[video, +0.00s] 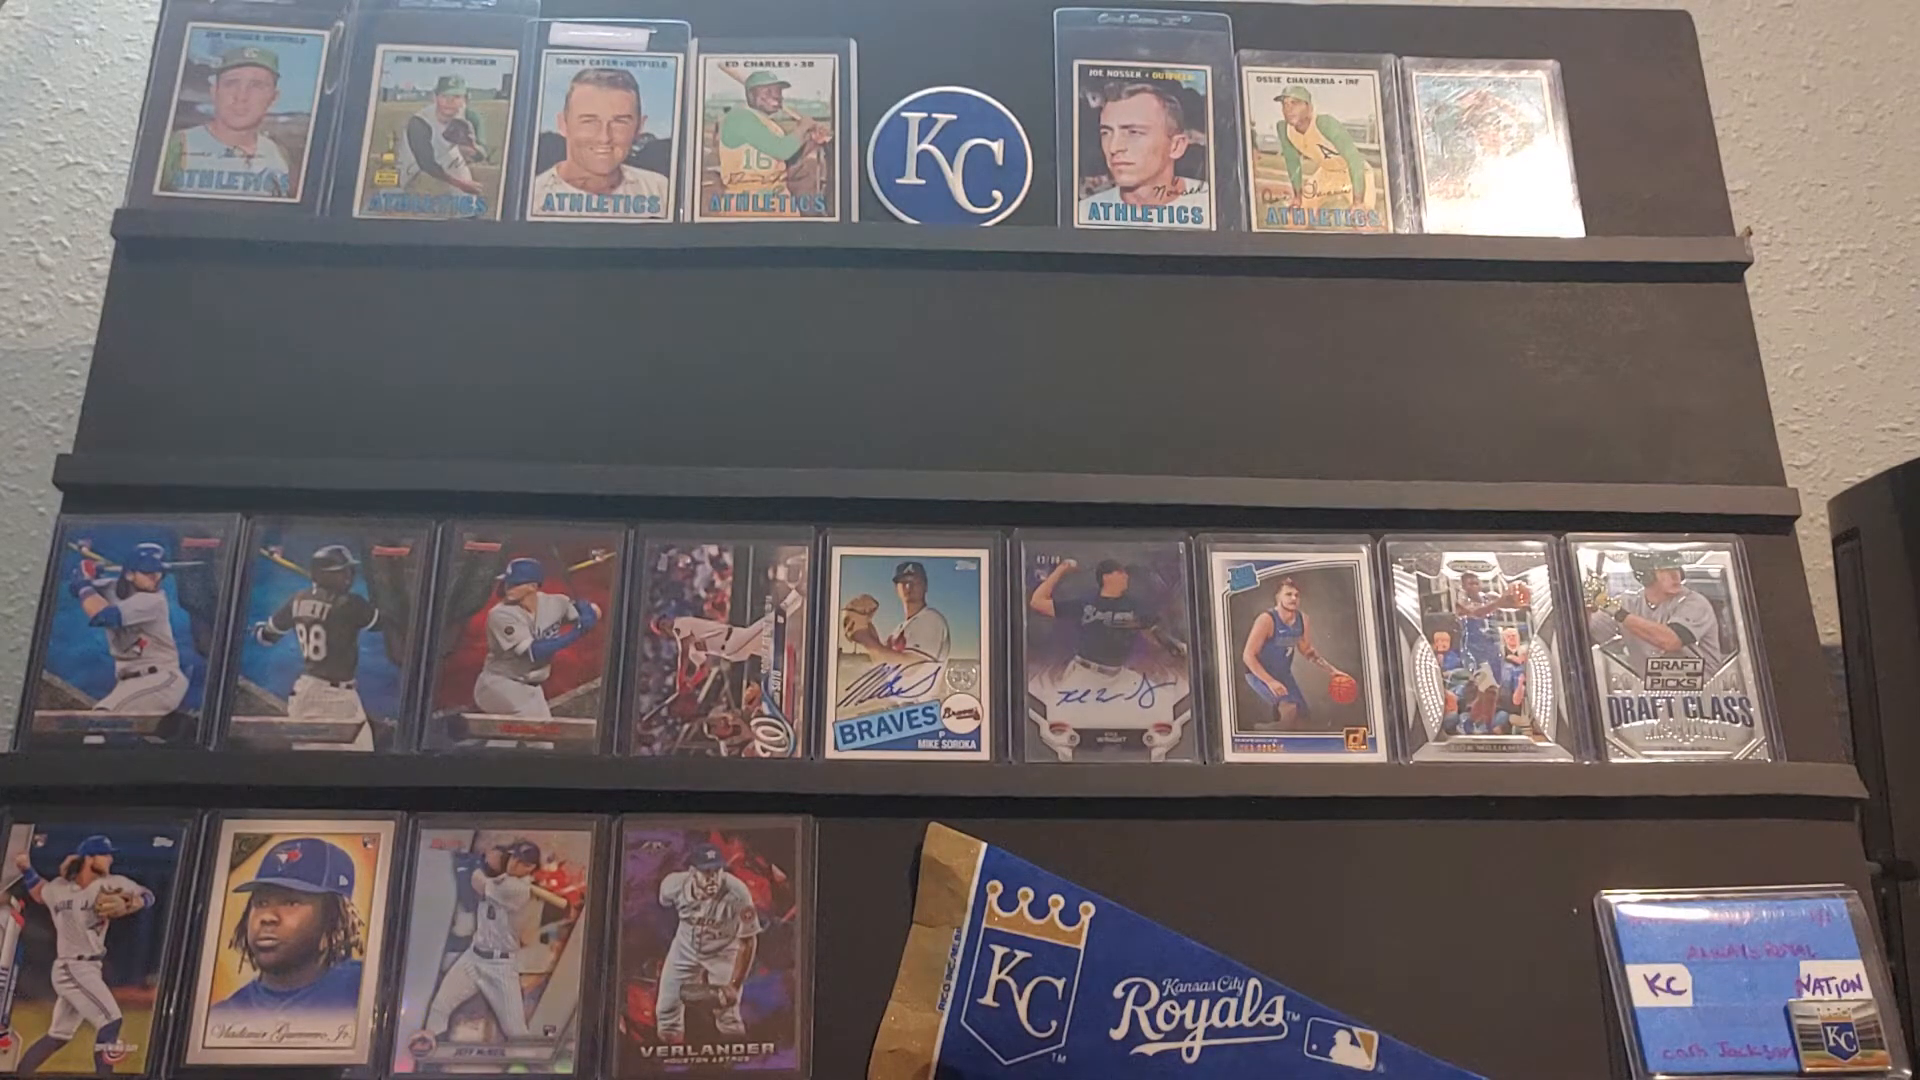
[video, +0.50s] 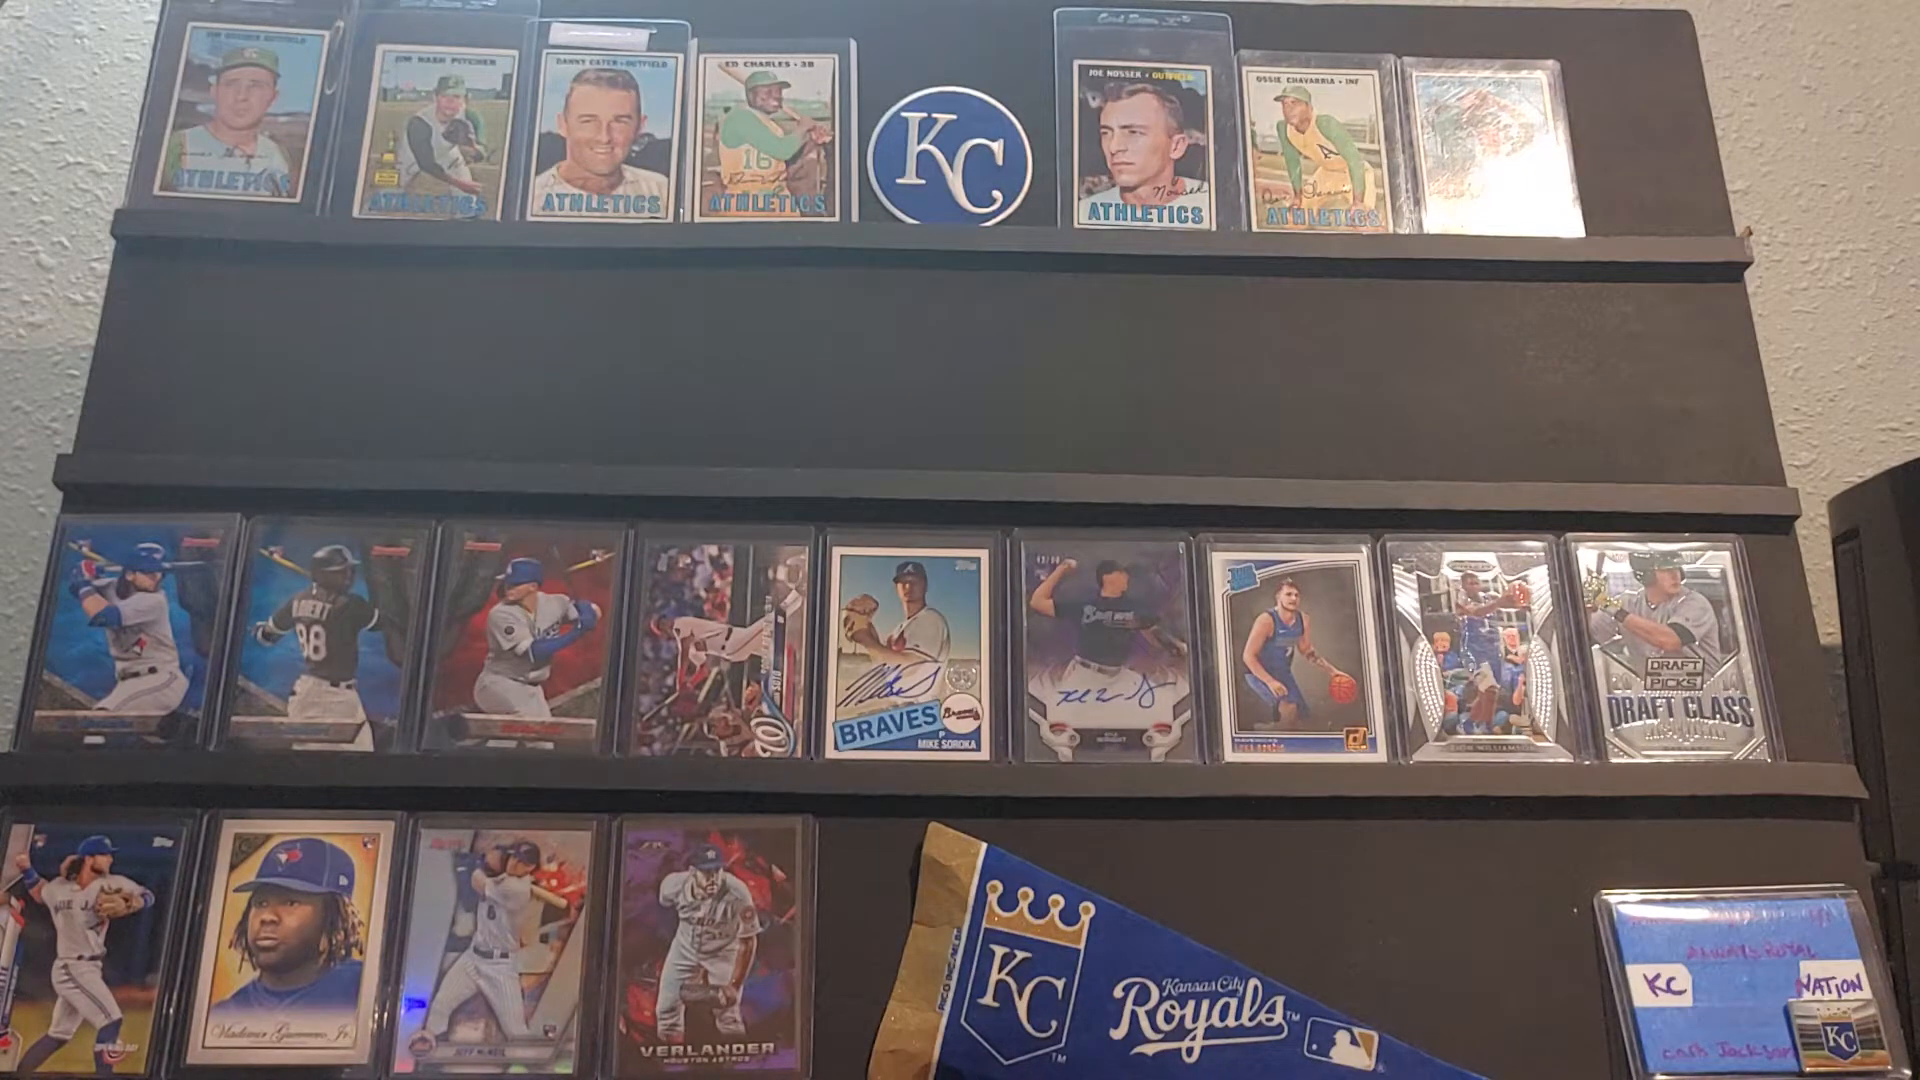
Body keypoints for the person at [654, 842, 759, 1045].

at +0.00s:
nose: (711, 878)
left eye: (716, 872)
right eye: (705, 872)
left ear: (722, 870)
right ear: (692, 871)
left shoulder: (738, 893)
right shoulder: (673, 885)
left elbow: (748, 941)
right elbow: (666, 908)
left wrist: (735, 985)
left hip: (724, 953)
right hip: (684, 947)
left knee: (727, 1014)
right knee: (666, 1009)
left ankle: (740, 1069)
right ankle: (674, 1069)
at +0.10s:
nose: (711, 878)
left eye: (716, 872)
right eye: (705, 872)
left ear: (722, 870)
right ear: (692, 871)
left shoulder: (738, 893)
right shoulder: (673, 885)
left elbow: (748, 941)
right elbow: (666, 908)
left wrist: (735, 985)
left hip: (724, 953)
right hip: (684, 947)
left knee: (727, 1014)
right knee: (666, 1009)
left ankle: (739, 1069)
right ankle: (674, 1069)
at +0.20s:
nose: (711, 878)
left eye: (716, 872)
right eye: (705, 872)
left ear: (722, 870)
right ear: (692, 871)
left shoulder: (738, 893)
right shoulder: (673, 885)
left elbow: (748, 941)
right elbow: (666, 908)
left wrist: (735, 985)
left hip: (724, 953)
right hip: (684, 947)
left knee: (727, 1014)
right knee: (666, 1008)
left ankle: (739, 1069)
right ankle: (674, 1069)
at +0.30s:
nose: (711, 878)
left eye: (716, 872)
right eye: (705, 872)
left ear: (722, 870)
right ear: (692, 871)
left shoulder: (738, 893)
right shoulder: (673, 885)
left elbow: (748, 941)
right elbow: (666, 908)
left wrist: (735, 985)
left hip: (724, 953)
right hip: (684, 947)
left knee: (727, 1014)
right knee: (666, 1008)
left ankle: (739, 1069)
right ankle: (675, 1069)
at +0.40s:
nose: (711, 878)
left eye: (715, 871)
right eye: (705, 872)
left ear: (722, 869)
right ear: (693, 870)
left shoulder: (738, 892)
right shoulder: (673, 885)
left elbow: (748, 941)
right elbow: (666, 910)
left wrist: (735, 985)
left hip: (724, 954)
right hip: (684, 948)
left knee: (727, 1015)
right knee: (666, 1009)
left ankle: (740, 1068)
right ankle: (674, 1069)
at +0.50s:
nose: (711, 878)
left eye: (716, 871)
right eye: (705, 872)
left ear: (722, 869)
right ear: (693, 870)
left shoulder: (738, 893)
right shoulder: (673, 885)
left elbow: (749, 941)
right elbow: (667, 910)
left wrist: (735, 985)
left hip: (724, 954)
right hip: (684, 948)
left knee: (727, 1015)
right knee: (666, 1009)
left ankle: (740, 1068)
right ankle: (673, 1069)